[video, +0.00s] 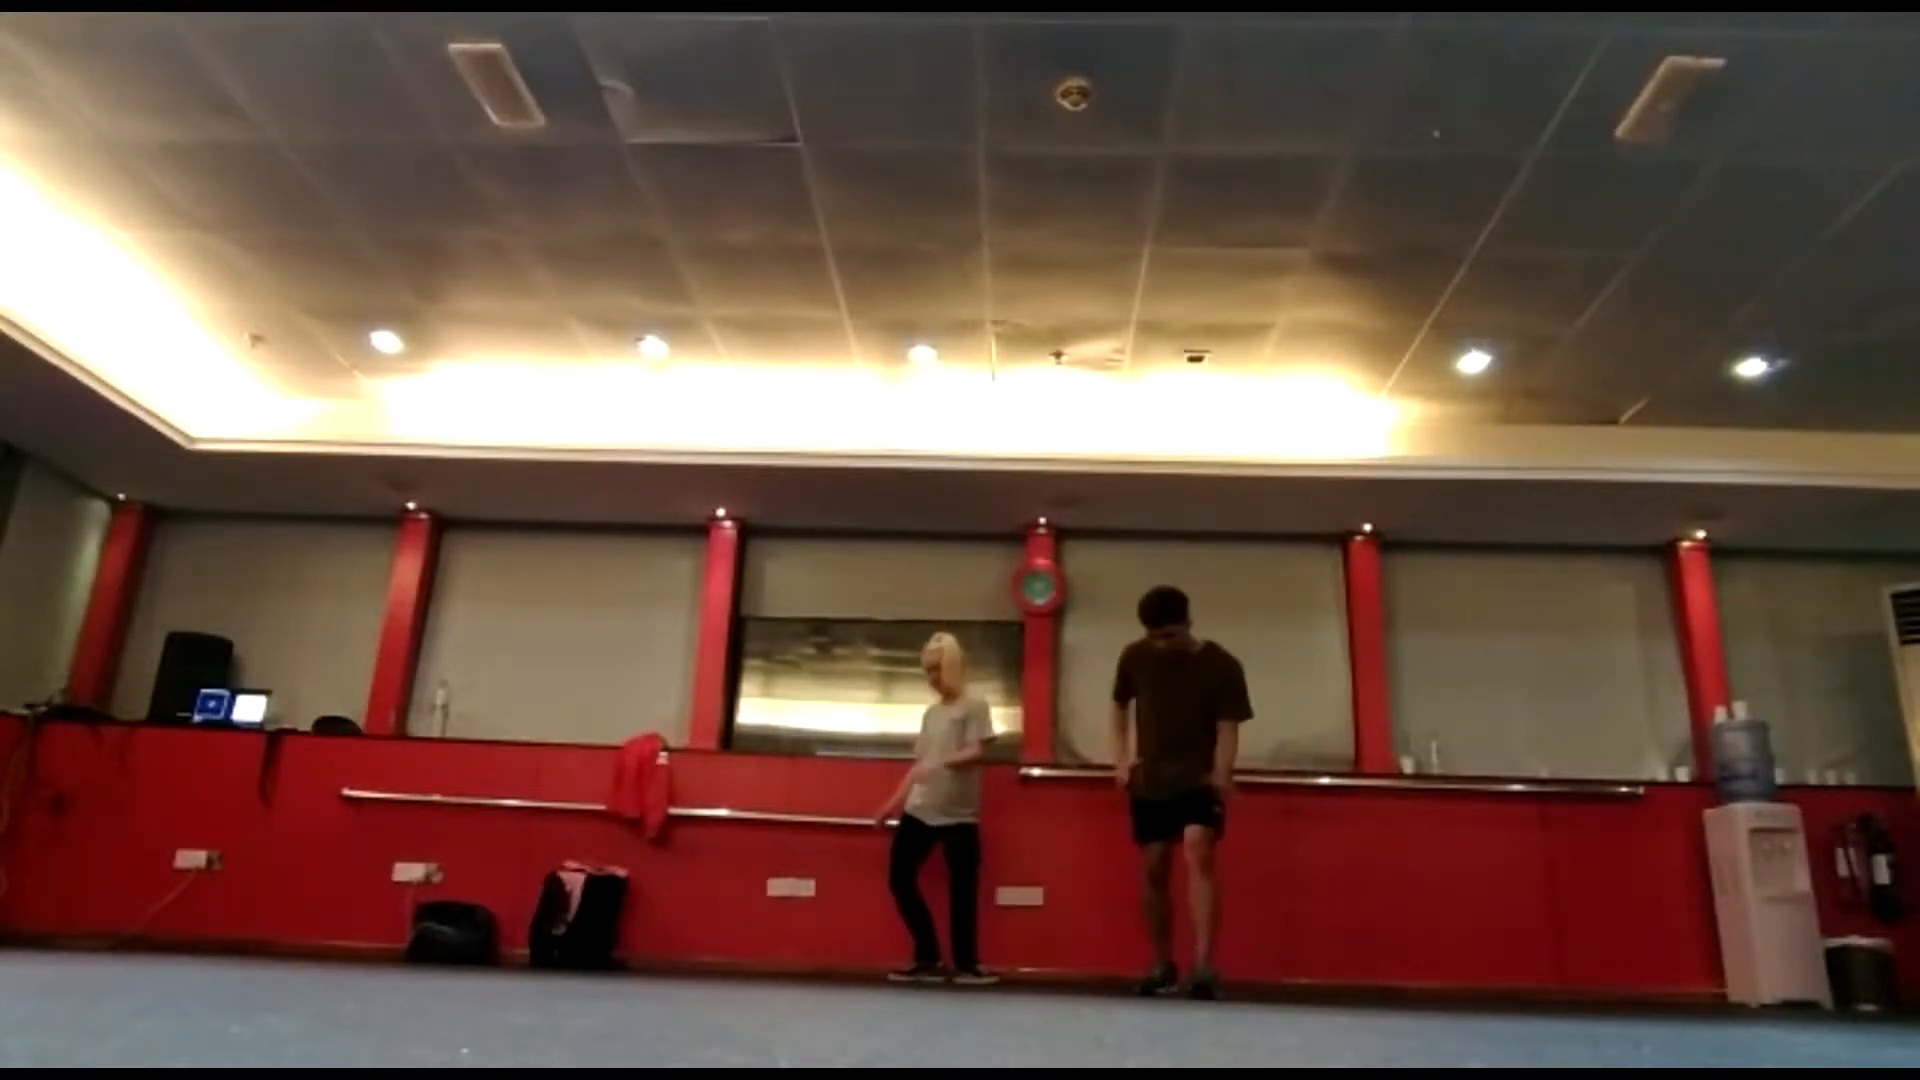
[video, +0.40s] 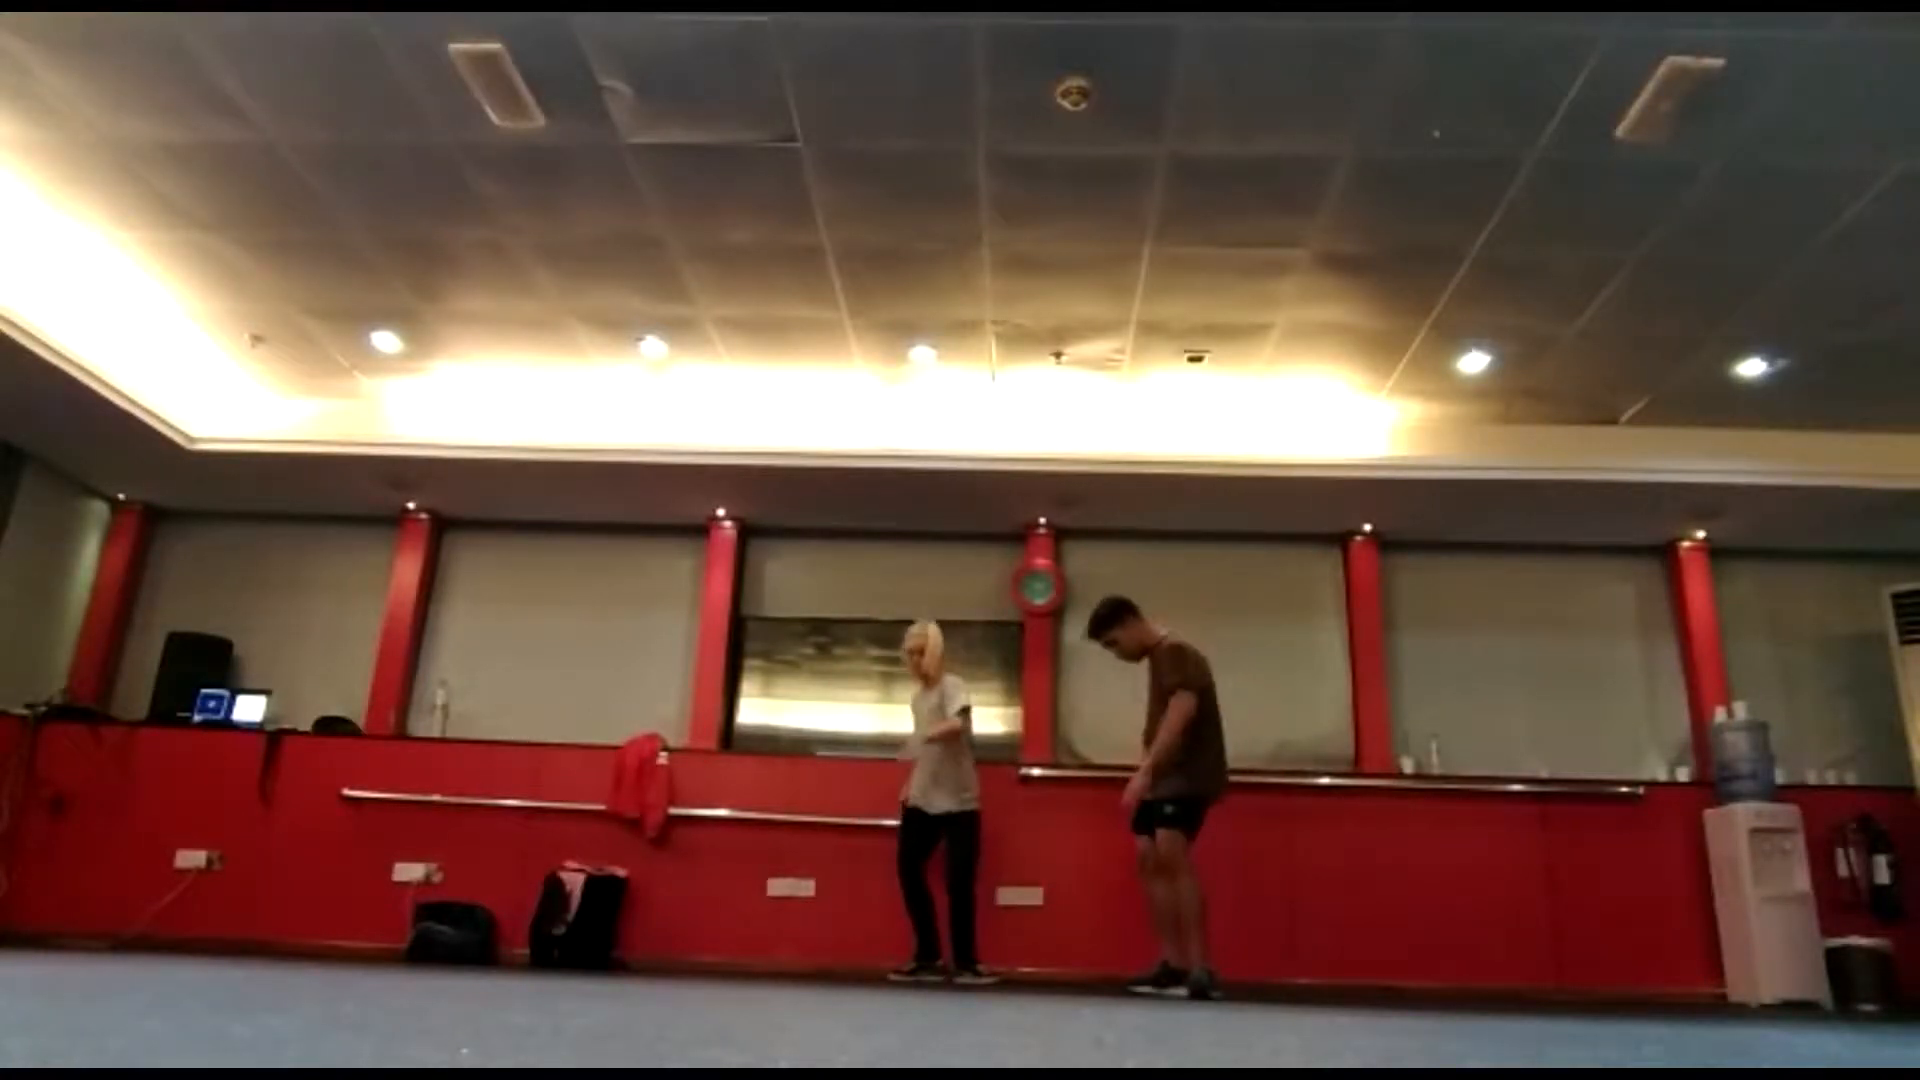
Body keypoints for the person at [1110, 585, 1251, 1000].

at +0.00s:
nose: (1163, 644)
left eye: (1170, 635)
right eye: (1156, 636)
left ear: (1186, 624)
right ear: (1146, 630)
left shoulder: (1219, 663)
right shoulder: (1136, 657)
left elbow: (1228, 726)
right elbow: (1120, 707)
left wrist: (1222, 777)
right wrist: (1122, 757)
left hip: (1199, 778)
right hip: (1151, 778)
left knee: (1198, 853)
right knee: (1154, 867)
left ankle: (1203, 963)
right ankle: (1161, 962)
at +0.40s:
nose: (1116, 653)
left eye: (1113, 643)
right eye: (1109, 646)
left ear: (1130, 625)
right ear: (1130, 629)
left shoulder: (1177, 656)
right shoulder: (1161, 661)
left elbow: (1179, 716)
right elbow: (1169, 725)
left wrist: (1144, 773)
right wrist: (1151, 773)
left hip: (1189, 779)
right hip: (1166, 780)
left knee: (1170, 856)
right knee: (1149, 859)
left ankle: (1198, 968)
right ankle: (1173, 963)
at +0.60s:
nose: (1103, 673)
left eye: (1099, 664)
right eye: (1096, 668)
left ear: (1112, 645)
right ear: (1108, 652)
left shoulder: (1168, 668)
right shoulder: (1146, 680)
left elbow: (1184, 723)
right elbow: (1164, 736)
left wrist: (1141, 775)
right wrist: (1142, 730)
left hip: (1195, 774)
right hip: (1164, 775)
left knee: (1173, 847)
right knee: (1140, 856)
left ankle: (1198, 967)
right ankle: (1171, 964)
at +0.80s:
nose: (1109, 659)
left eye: (1110, 649)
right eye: (1101, 654)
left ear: (1123, 632)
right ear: (1095, 651)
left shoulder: (1173, 651)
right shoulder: (1112, 683)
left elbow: (1214, 692)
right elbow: (1114, 741)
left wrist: (1167, 739)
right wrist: (1101, 700)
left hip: (1201, 768)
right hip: (1154, 775)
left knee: (1198, 847)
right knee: (1143, 857)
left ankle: (1218, 962)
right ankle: (1172, 963)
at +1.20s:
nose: (1178, 672)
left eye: (1185, 665)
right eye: (1172, 665)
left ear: (1193, 657)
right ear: (1157, 654)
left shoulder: (1201, 680)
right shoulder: (1129, 681)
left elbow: (1213, 741)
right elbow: (1127, 743)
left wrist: (1205, 709)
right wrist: (1176, 711)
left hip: (1193, 788)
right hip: (1148, 789)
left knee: (1215, 870)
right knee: (1136, 861)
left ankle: (1193, 966)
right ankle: (1168, 961)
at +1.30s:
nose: (1191, 669)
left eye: (1197, 664)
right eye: (1187, 662)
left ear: (1205, 657)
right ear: (1174, 648)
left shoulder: (1206, 678)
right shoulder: (1138, 675)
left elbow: (1218, 734)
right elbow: (1127, 731)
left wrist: (1223, 734)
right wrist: (1186, 718)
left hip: (1190, 786)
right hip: (1145, 788)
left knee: (1208, 867)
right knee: (1139, 858)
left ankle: (1191, 964)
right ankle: (1166, 958)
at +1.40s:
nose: (1204, 658)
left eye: (1211, 652)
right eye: (1200, 649)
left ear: (1218, 647)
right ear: (1188, 636)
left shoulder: (1215, 674)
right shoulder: (1148, 663)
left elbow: (1221, 720)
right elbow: (1118, 712)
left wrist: (1236, 733)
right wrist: (1172, 714)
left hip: (1194, 788)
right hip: (1150, 787)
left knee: (1195, 875)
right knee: (1152, 868)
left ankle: (1189, 966)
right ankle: (1158, 960)